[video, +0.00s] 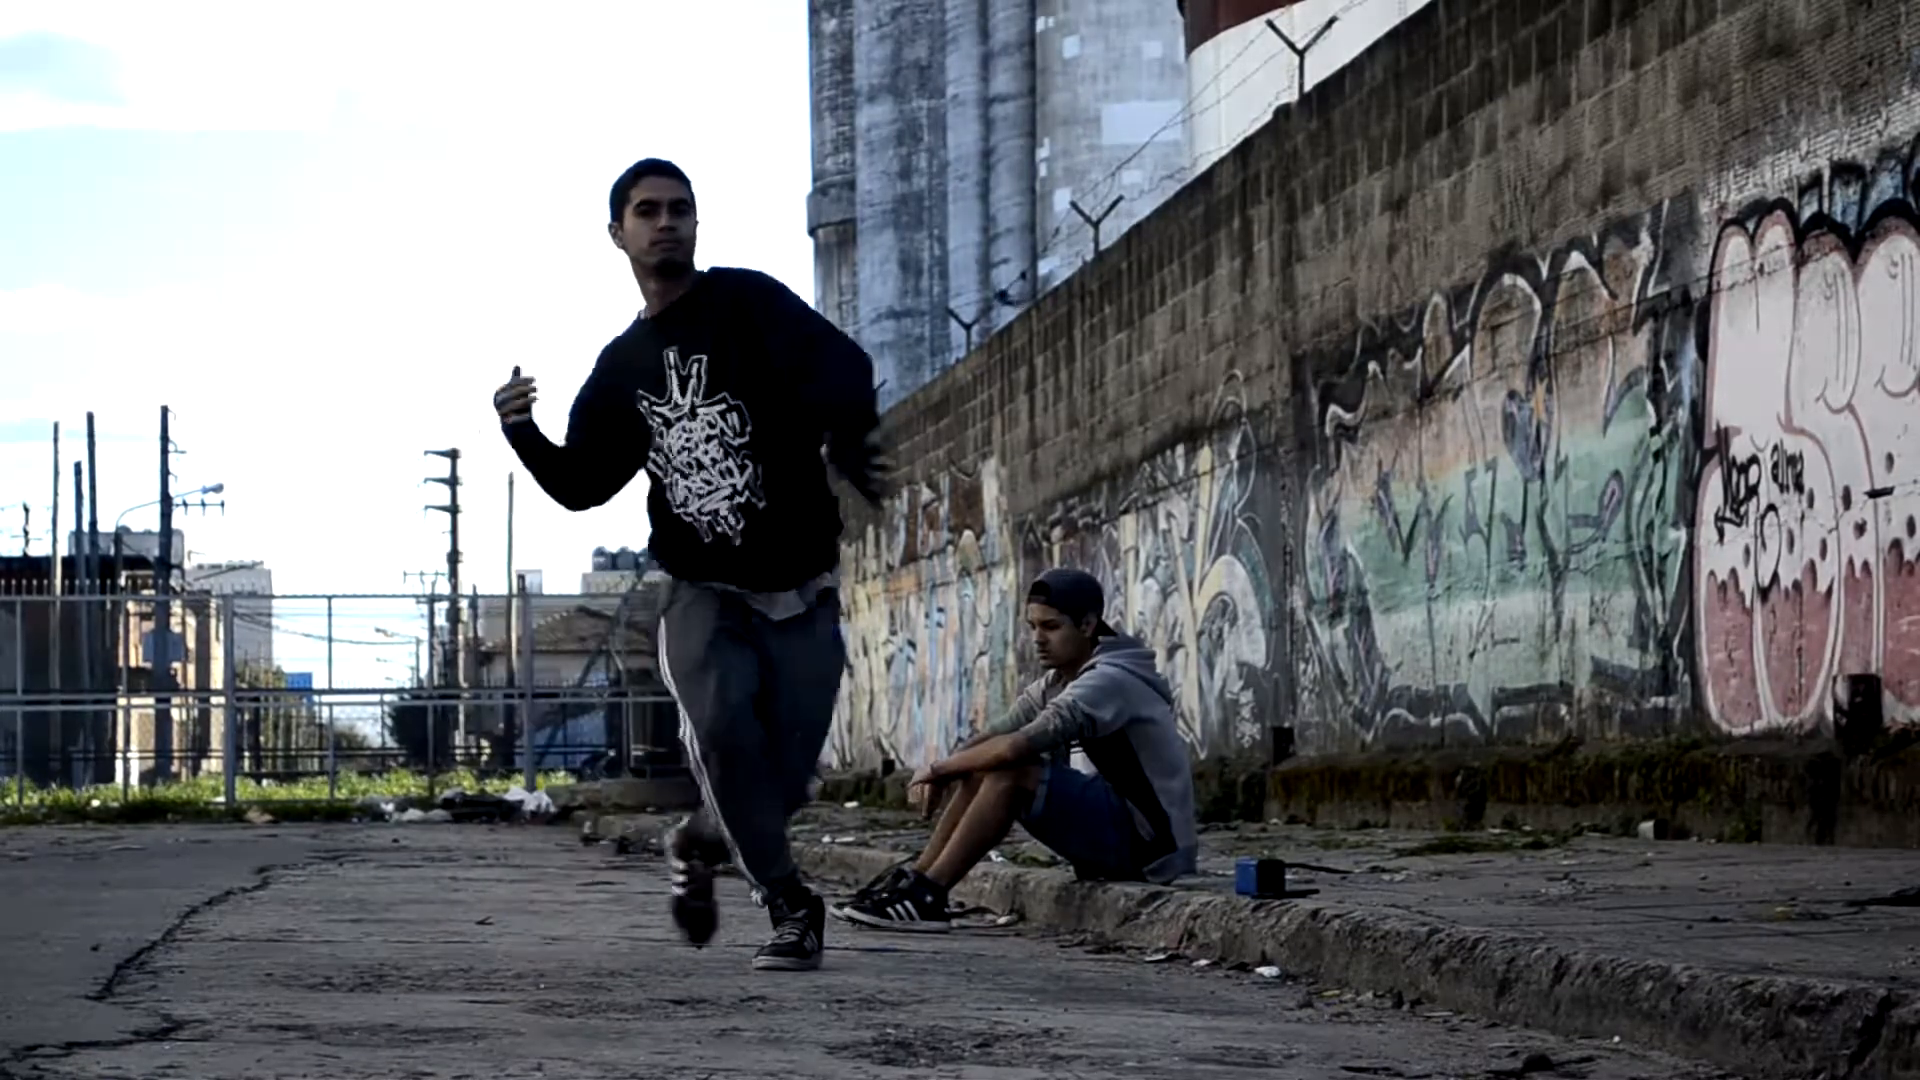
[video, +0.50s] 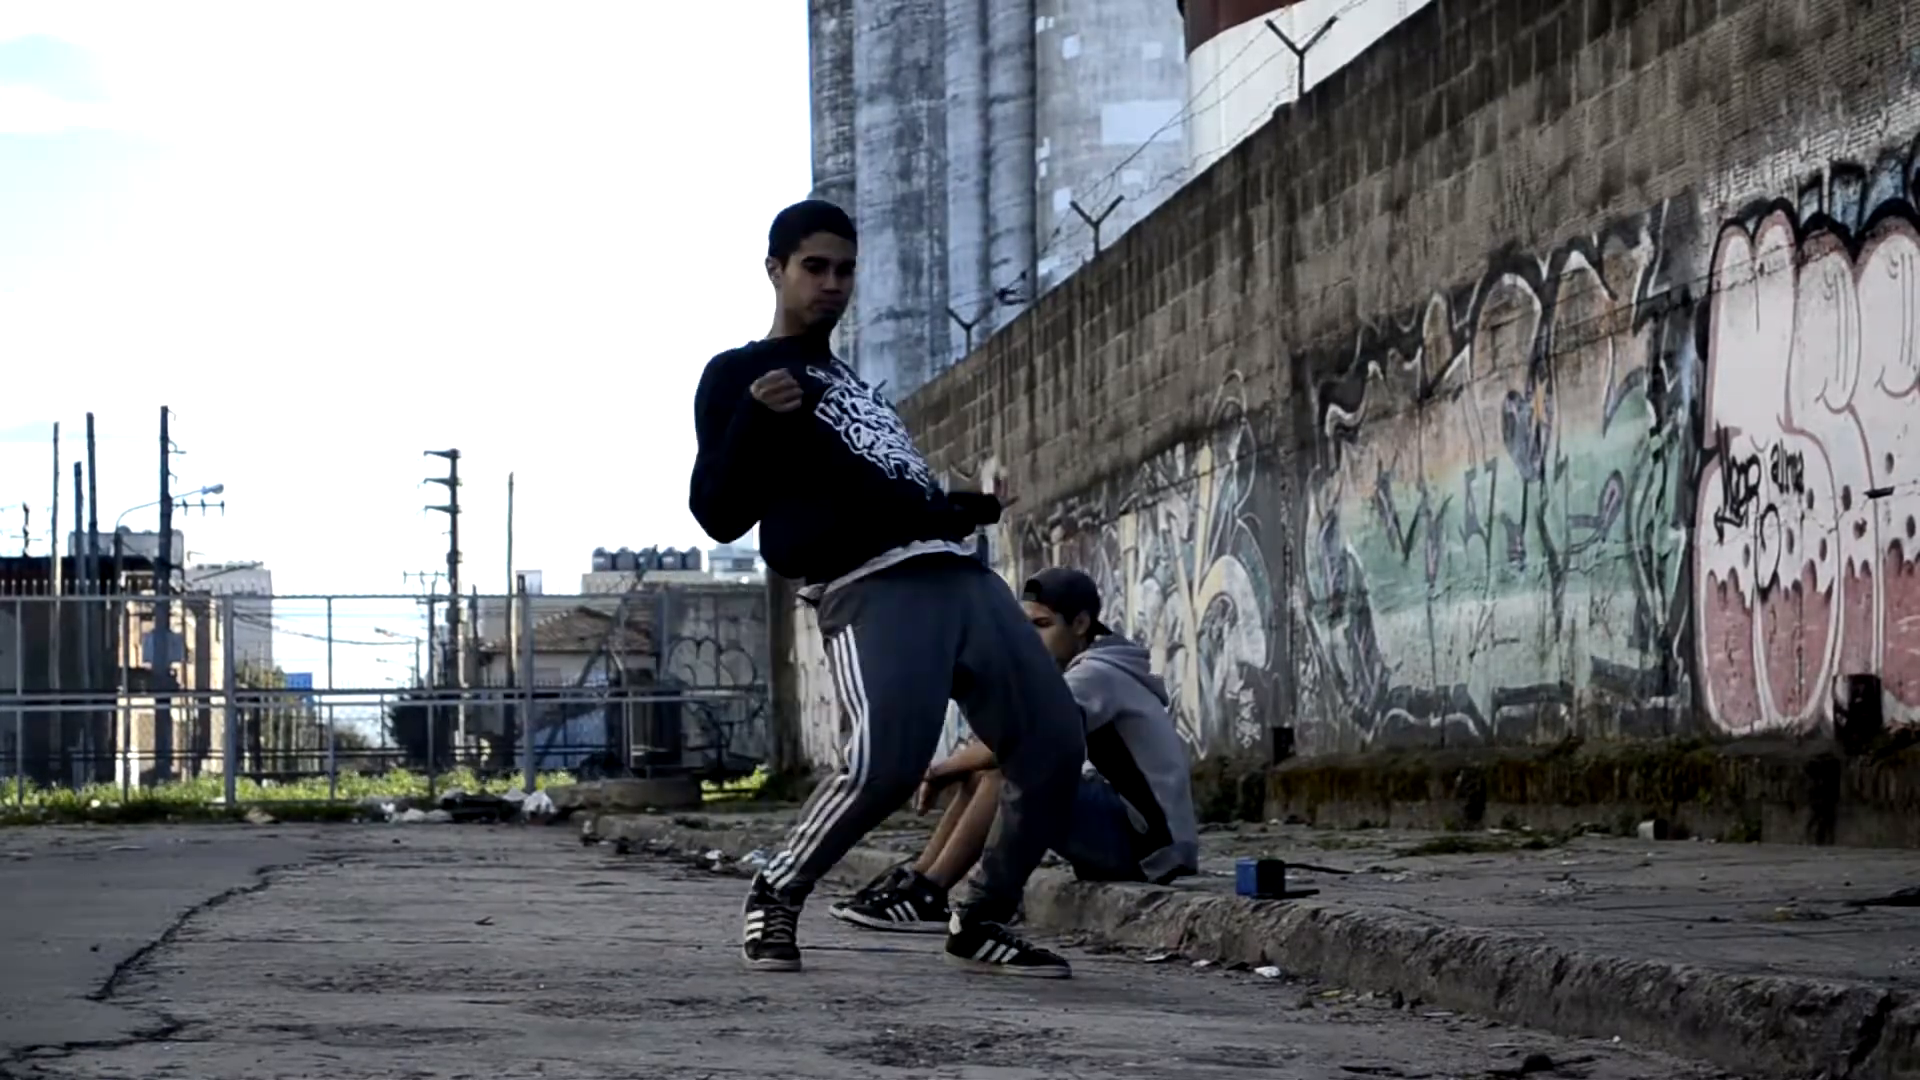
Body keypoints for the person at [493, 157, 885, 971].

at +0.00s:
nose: (666, 222)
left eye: (678, 210)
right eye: (648, 212)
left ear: (697, 225)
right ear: (619, 234)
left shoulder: (754, 300)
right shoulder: (625, 365)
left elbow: (848, 369)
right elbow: (581, 483)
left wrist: (852, 453)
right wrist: (521, 430)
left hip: (801, 580)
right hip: (701, 588)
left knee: (790, 768)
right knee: (718, 728)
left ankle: (698, 843)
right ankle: (790, 907)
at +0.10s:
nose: (701, 218)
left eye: (713, 206)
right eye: (682, 206)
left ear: (728, 220)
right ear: (650, 224)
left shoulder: (790, 308)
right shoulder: (620, 342)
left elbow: (921, 376)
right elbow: (500, 388)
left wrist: (963, 486)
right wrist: (577, 366)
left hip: (830, 575)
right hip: (721, 594)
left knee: (828, 749)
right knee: (718, 748)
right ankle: (796, 911)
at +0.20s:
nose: (739, 226)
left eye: (751, 213)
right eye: (720, 212)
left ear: (765, 227)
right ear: (685, 225)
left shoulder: (817, 318)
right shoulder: (650, 330)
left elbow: (904, 412)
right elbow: (532, 329)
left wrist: (962, 509)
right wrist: (634, 344)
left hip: (855, 573)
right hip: (750, 600)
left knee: (886, 767)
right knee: (743, 753)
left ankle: (1068, 876)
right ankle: (801, 914)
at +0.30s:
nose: (780, 216)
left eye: (791, 203)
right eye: (761, 202)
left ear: (804, 216)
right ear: (724, 215)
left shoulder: (845, 311)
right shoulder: (694, 317)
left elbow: (882, 449)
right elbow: (578, 367)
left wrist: (937, 535)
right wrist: (684, 361)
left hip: (895, 562)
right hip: (779, 587)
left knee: (994, 707)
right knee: (769, 755)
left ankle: (1038, 858)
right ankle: (796, 910)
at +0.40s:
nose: (810, 245)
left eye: (821, 232)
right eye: (792, 230)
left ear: (831, 239)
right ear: (752, 235)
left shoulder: (849, 332)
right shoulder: (717, 326)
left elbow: (874, 431)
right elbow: (637, 430)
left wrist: (912, 491)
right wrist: (754, 421)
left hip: (931, 558)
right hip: (829, 577)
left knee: (1067, 686)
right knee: (815, 746)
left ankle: (987, 874)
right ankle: (785, 902)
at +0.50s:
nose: (834, 284)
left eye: (845, 271)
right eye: (817, 267)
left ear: (852, 281)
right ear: (775, 271)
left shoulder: (851, 383)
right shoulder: (736, 373)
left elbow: (895, 497)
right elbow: (719, 518)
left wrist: (965, 504)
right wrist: (758, 417)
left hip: (965, 579)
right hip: (879, 591)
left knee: (1055, 741)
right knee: (884, 771)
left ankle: (982, 919)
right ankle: (776, 896)